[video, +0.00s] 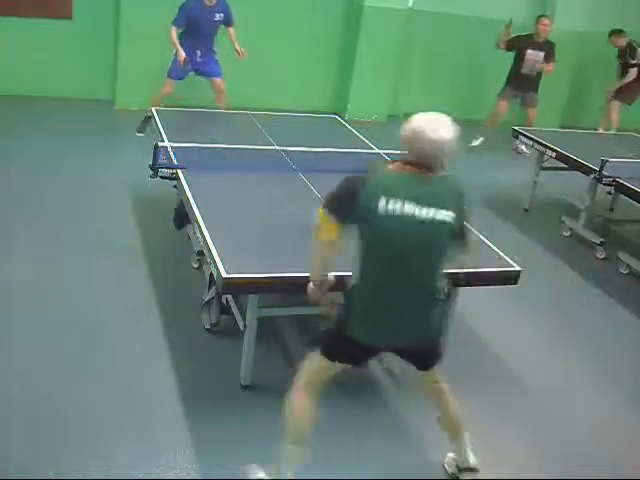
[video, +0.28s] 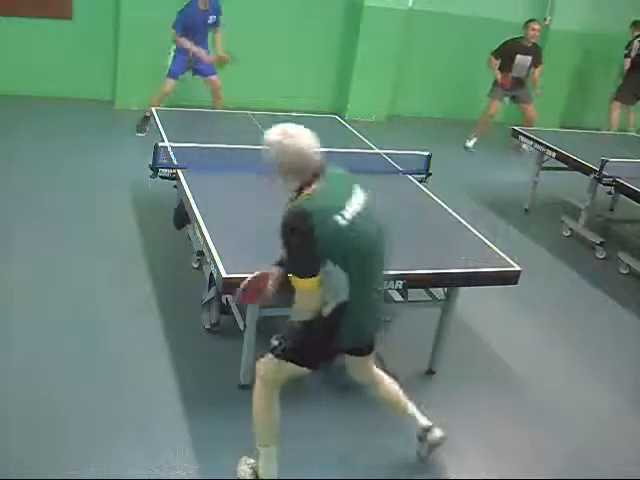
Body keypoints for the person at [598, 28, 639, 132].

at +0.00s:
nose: (613, 44)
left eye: (613, 41)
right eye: (612, 42)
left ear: (618, 37)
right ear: (617, 38)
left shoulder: (632, 49)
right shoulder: (622, 49)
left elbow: (632, 74)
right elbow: (621, 72)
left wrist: (615, 87)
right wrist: (615, 88)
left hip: (634, 81)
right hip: (626, 79)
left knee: (615, 103)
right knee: (609, 102)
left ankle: (614, 131)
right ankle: (602, 128)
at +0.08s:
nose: (613, 40)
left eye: (614, 37)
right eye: (612, 37)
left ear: (620, 35)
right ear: (622, 35)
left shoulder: (630, 48)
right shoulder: (629, 45)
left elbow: (629, 72)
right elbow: (627, 72)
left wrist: (616, 88)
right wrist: (617, 87)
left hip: (636, 78)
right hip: (634, 77)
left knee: (615, 102)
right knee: (614, 101)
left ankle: (612, 131)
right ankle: (606, 129)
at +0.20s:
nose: (624, 34)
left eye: (625, 31)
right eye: (624, 31)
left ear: (629, 30)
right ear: (633, 29)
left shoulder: (634, 42)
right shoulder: (634, 41)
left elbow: (628, 63)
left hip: (634, 78)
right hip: (635, 77)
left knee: (615, 102)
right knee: (622, 103)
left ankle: (613, 130)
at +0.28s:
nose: (631, 32)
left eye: (632, 30)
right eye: (632, 30)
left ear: (634, 29)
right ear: (638, 30)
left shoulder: (633, 43)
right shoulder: (633, 43)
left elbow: (628, 61)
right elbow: (628, 62)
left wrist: (625, 76)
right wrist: (626, 76)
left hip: (634, 77)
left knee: (616, 101)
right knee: (630, 105)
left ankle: (613, 129)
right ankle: (632, 131)